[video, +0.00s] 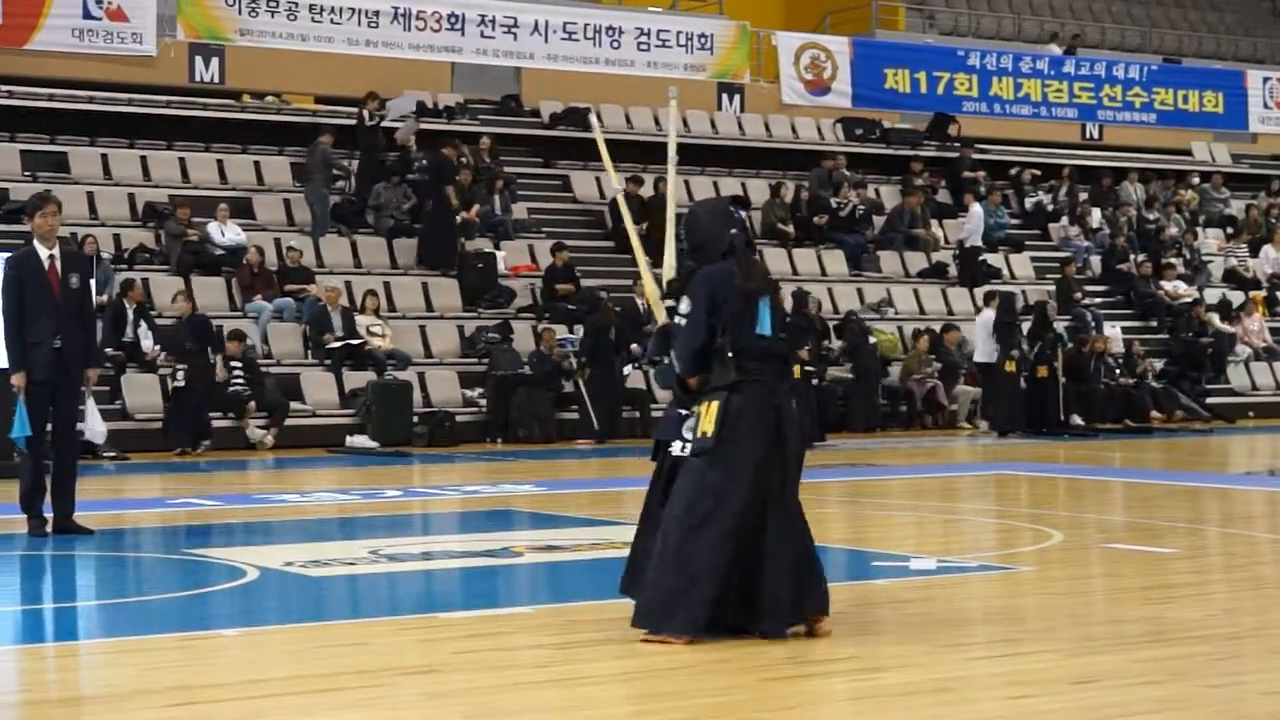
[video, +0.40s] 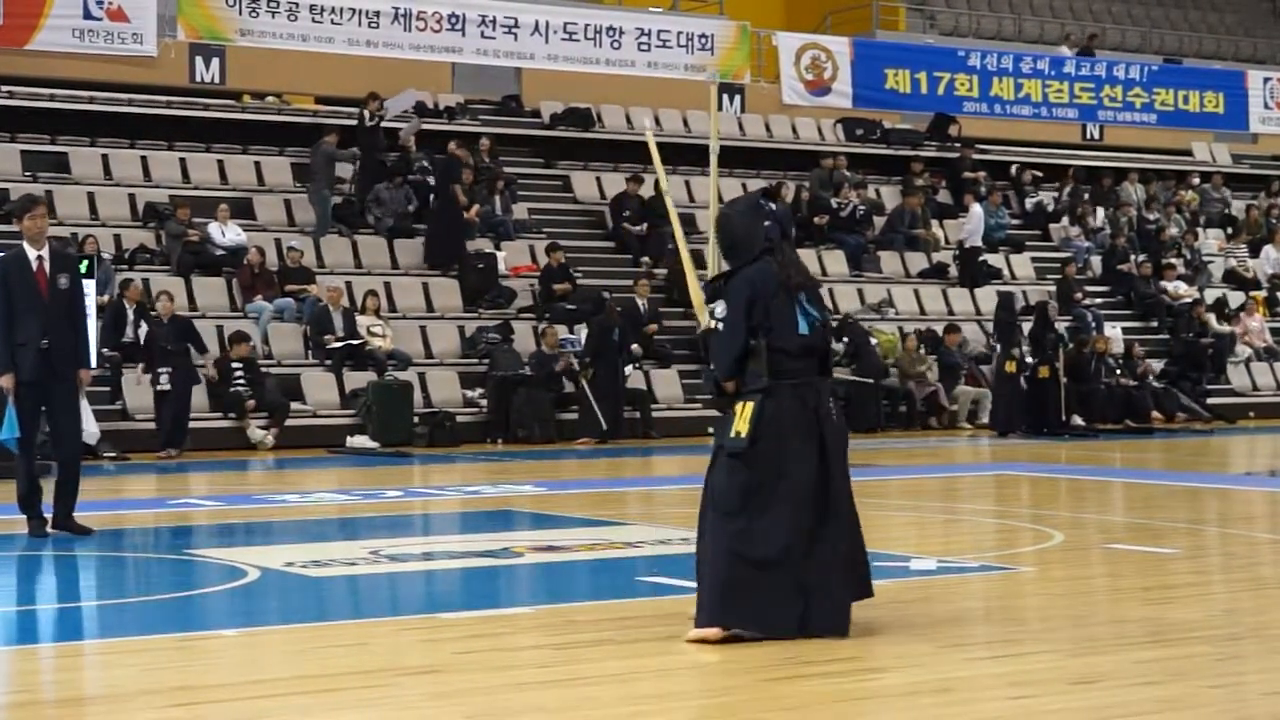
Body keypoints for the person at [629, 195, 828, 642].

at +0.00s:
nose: (687, 242)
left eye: (691, 234)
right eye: (688, 234)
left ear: (705, 237)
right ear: (739, 233)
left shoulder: (706, 281)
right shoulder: (762, 279)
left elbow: (689, 354)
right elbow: (771, 346)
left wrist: (691, 385)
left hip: (731, 409)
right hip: (778, 406)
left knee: (695, 510)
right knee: (779, 506)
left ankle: (678, 620)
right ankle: (812, 606)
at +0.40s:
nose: (722, 244)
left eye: (725, 236)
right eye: (723, 235)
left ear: (739, 238)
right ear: (770, 234)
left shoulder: (745, 283)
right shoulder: (800, 279)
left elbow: (726, 358)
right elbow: (819, 347)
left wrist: (725, 379)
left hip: (765, 413)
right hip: (811, 411)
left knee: (724, 504)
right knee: (805, 508)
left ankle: (718, 613)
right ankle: (812, 608)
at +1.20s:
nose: (759, 236)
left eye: (763, 229)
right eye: (762, 228)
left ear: (774, 234)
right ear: (810, 229)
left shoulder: (765, 285)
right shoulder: (836, 283)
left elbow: (740, 353)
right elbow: (849, 352)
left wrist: (738, 373)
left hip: (781, 406)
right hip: (831, 404)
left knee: (748, 508)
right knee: (832, 507)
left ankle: (723, 619)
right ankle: (838, 616)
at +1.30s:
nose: (768, 225)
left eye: (773, 217)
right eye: (770, 216)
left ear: (785, 224)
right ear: (820, 220)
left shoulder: (775, 275)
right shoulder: (847, 276)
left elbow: (749, 343)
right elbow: (852, 343)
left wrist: (746, 365)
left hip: (789, 398)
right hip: (839, 397)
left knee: (762, 500)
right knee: (838, 500)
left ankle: (744, 612)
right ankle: (841, 613)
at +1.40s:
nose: (772, 220)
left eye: (776, 212)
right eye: (775, 212)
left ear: (785, 217)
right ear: (825, 212)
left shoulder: (773, 267)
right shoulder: (850, 265)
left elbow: (751, 338)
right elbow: (860, 338)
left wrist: (752, 360)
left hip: (791, 393)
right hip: (842, 390)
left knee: (774, 496)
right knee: (846, 493)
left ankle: (765, 607)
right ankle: (853, 604)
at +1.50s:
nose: (781, 229)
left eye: (783, 222)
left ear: (789, 226)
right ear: (833, 224)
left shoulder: (776, 279)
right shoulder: (855, 281)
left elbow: (750, 347)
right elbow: (865, 345)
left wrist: (756, 369)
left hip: (797, 405)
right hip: (852, 404)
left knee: (783, 505)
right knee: (866, 504)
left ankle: (773, 615)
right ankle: (897, 608)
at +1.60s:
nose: (790, 237)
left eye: (794, 230)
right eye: (793, 227)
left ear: (804, 234)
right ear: (841, 232)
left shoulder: (795, 284)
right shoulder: (869, 285)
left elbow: (766, 353)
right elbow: (878, 355)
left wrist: (768, 374)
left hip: (811, 411)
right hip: (866, 409)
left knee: (785, 511)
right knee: (889, 511)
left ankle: (772, 617)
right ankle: (932, 610)